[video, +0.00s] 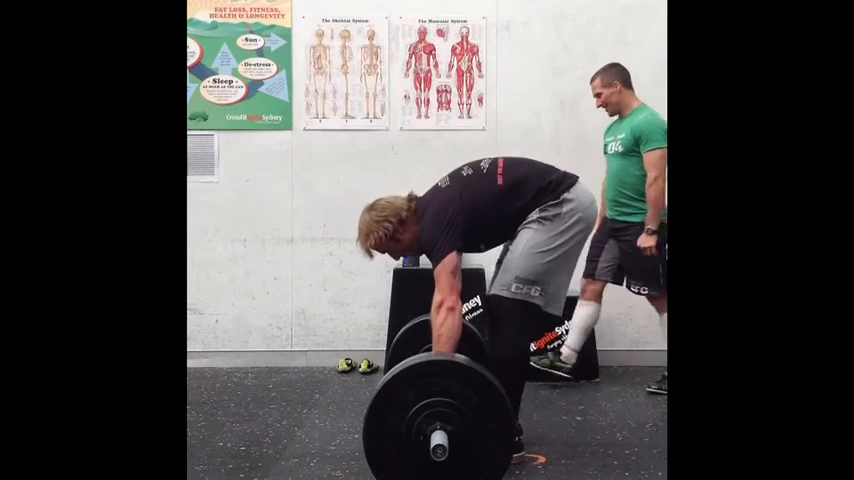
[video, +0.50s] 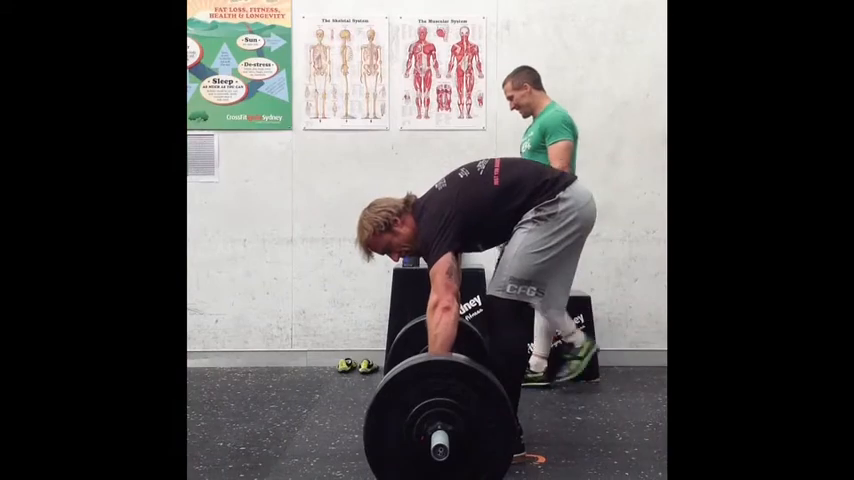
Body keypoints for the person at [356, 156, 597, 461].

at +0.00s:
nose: (395, 258)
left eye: (389, 250)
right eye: (388, 253)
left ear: (399, 229)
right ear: (401, 223)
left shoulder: (438, 219)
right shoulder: (432, 215)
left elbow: (448, 305)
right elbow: (446, 300)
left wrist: (437, 380)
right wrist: (438, 374)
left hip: (560, 205)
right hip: (549, 205)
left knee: (507, 307)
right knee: (502, 306)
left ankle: (504, 429)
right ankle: (500, 425)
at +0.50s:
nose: (396, 258)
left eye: (390, 250)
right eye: (389, 254)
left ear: (399, 224)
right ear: (399, 221)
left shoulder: (435, 220)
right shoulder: (436, 214)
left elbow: (445, 305)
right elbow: (448, 296)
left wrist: (433, 380)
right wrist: (437, 369)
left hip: (557, 205)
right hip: (561, 201)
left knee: (505, 307)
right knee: (507, 306)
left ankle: (504, 435)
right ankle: (501, 429)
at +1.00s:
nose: (394, 261)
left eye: (387, 253)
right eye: (386, 256)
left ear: (399, 230)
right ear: (400, 224)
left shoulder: (433, 223)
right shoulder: (432, 216)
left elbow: (443, 307)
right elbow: (443, 299)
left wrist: (431, 384)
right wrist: (433, 374)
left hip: (556, 203)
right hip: (558, 200)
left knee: (501, 306)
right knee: (501, 305)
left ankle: (505, 434)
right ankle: (501, 428)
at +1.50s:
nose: (392, 263)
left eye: (385, 257)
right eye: (384, 260)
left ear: (395, 234)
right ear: (395, 228)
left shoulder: (430, 226)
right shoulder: (428, 221)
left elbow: (443, 307)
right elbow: (442, 301)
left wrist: (436, 382)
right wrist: (437, 374)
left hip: (554, 209)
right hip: (555, 206)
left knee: (491, 311)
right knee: (493, 311)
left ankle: (499, 433)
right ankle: (497, 429)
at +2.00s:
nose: (381, 294)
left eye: (377, 286)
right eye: (375, 289)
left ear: (391, 267)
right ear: (393, 263)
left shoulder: (428, 262)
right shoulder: (427, 257)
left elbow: (439, 316)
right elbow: (441, 317)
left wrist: (438, 388)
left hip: (550, 303)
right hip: (547, 299)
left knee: (448, 332)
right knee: (442, 331)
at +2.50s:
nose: (383, 306)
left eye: (379, 297)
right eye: (377, 300)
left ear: (394, 279)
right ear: (397, 276)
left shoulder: (430, 275)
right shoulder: (436, 268)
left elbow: (433, 319)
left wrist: (438, 387)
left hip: (546, 343)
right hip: (545, 339)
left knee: (442, 339)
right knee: (438, 337)